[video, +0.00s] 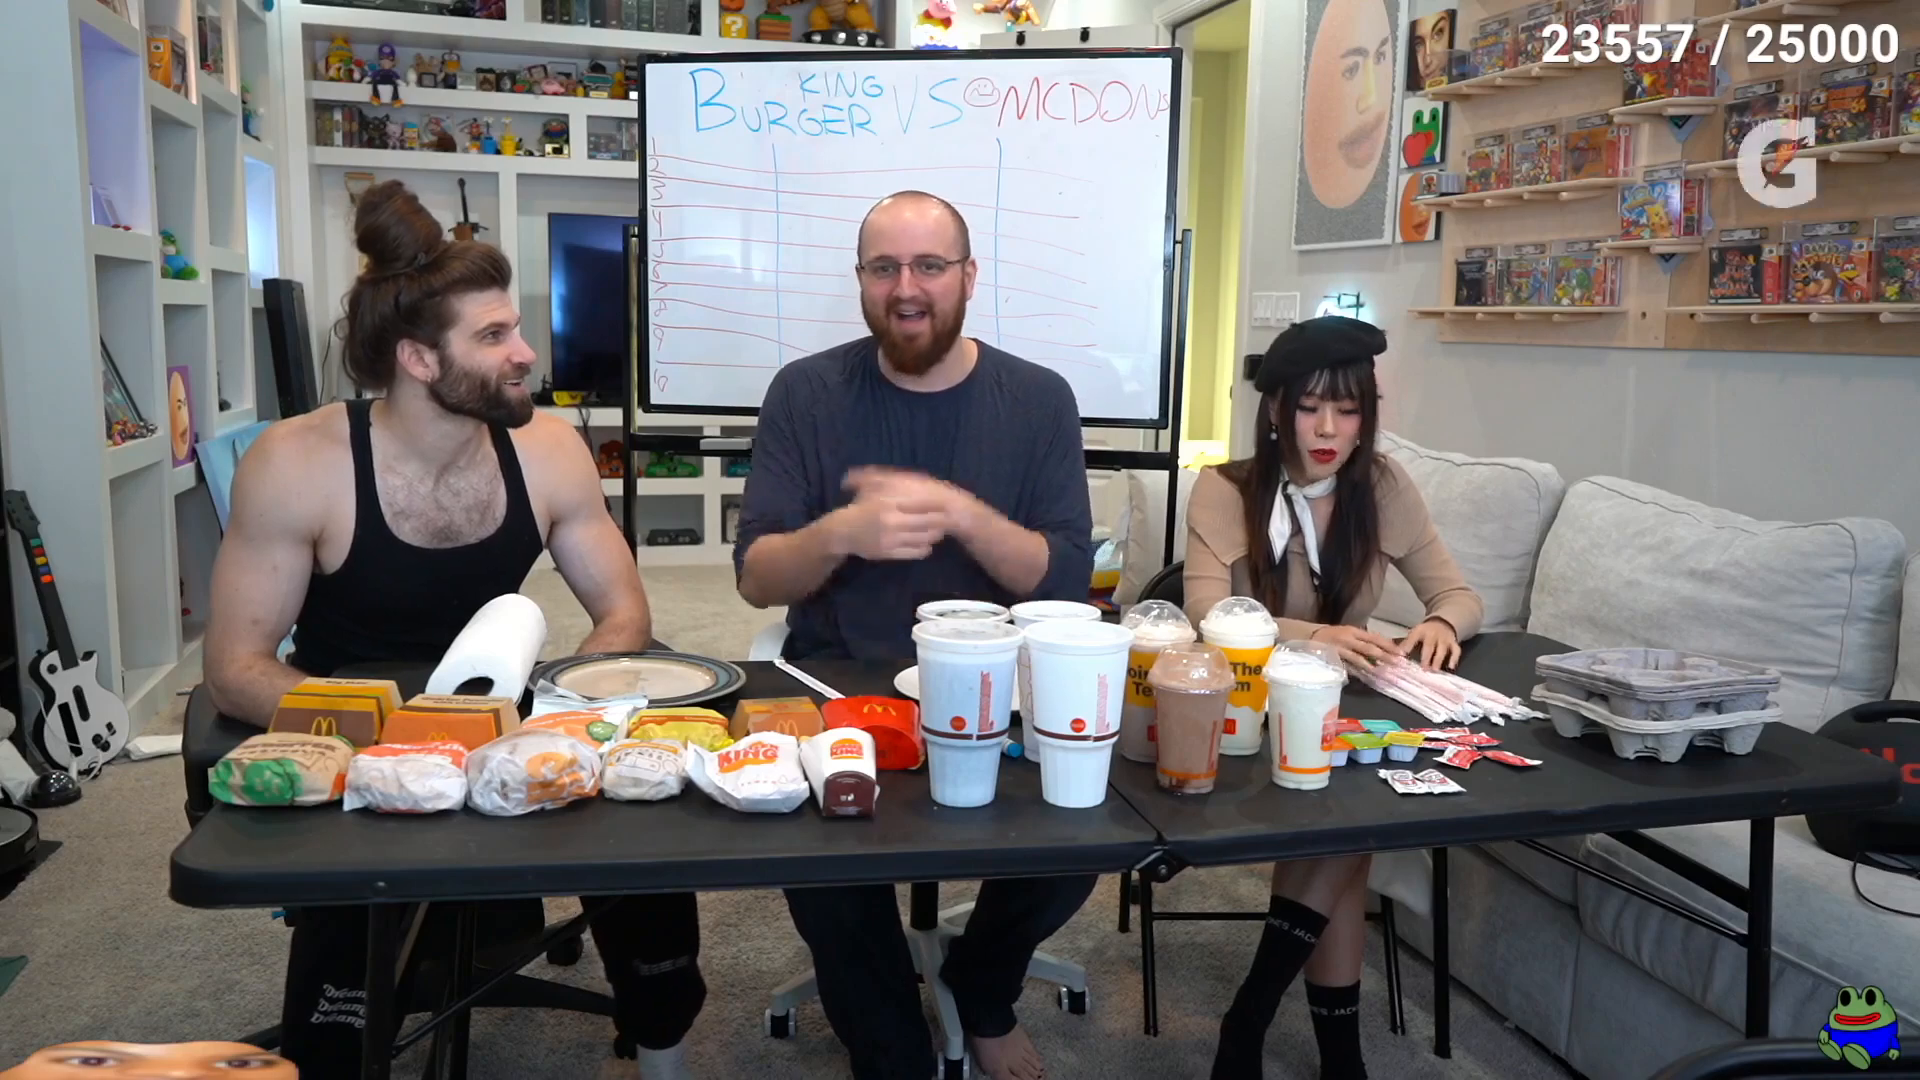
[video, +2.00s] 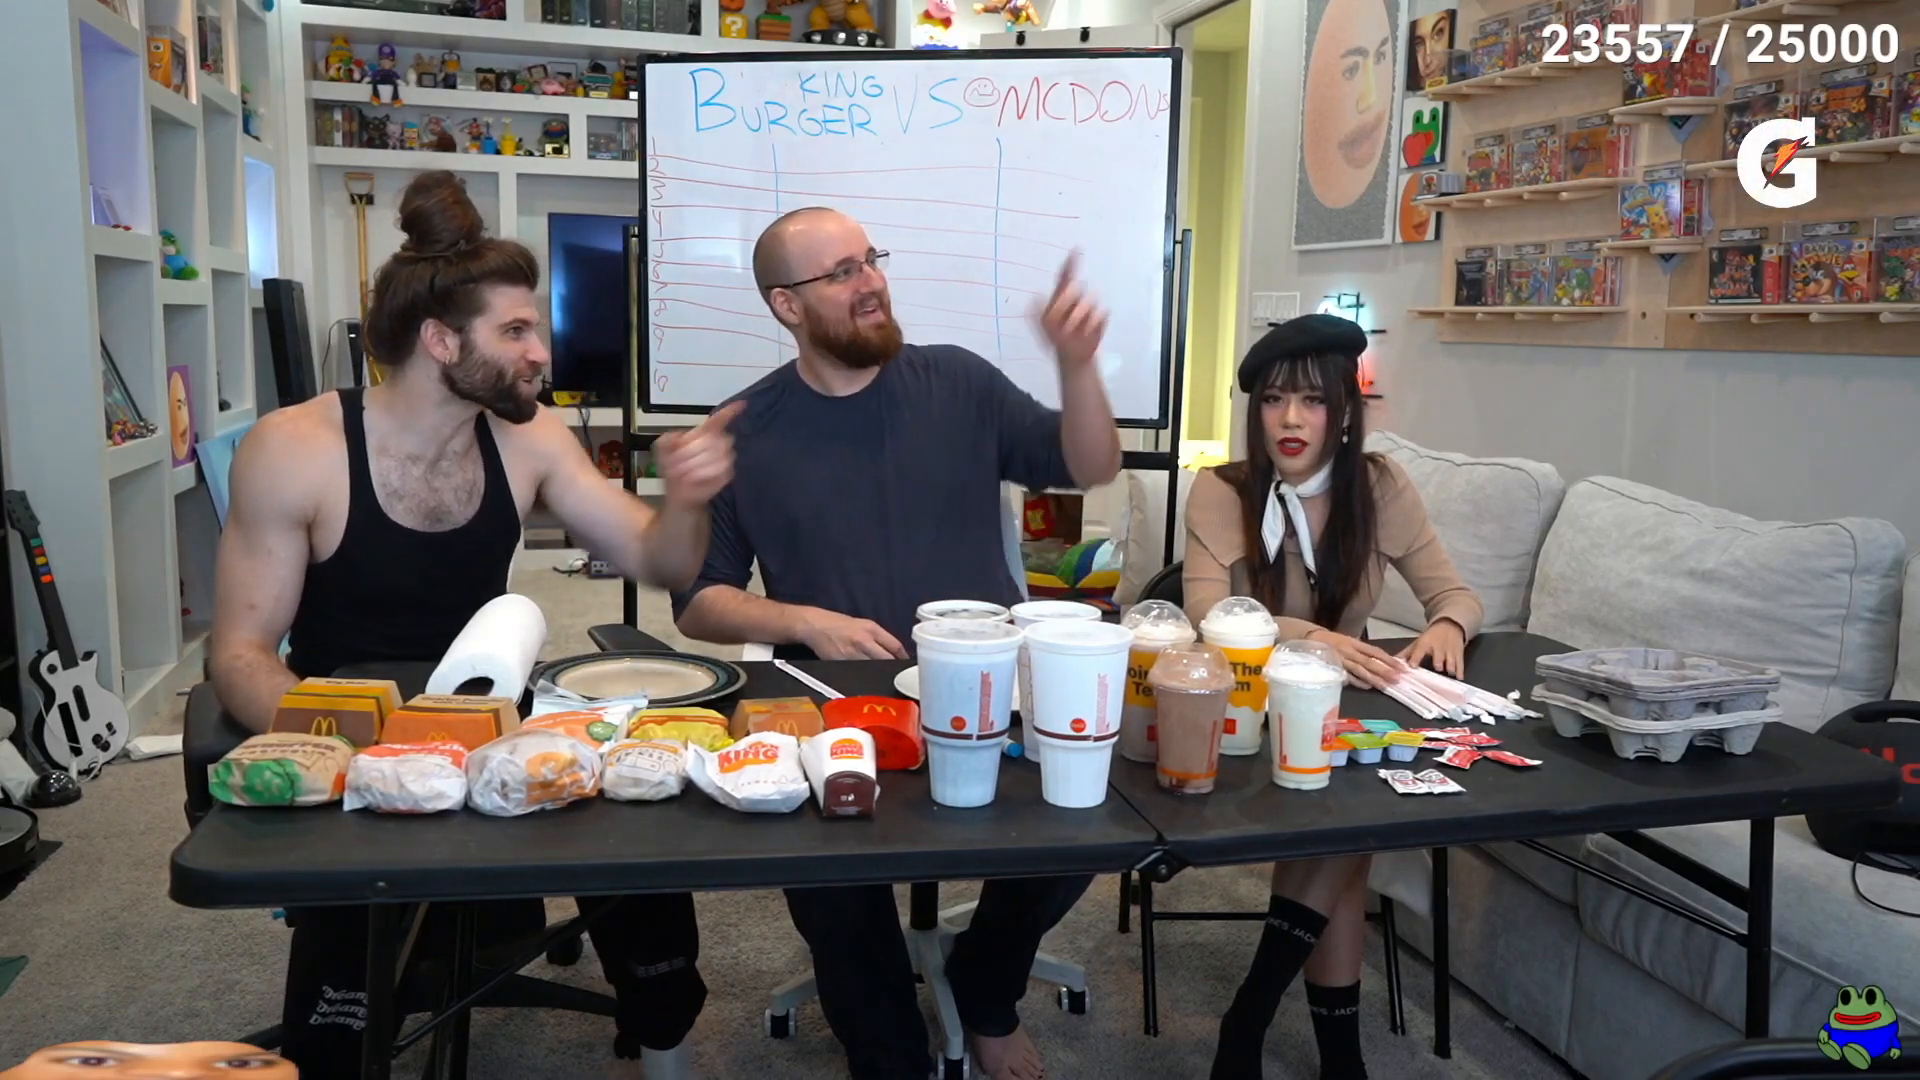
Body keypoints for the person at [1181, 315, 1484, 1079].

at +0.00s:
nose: (1328, 428)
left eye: (1347, 410)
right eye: (1310, 409)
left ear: (1367, 415)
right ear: (1277, 411)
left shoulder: (1384, 486)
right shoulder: (1224, 492)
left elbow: (1459, 594)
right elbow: (1210, 620)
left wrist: (1443, 620)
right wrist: (1314, 635)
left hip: (1340, 707)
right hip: (1243, 711)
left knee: (1343, 816)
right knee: (1350, 830)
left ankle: (1246, 1023)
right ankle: (1343, 1063)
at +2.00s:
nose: (1291, 419)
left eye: (1313, 400)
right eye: (1275, 399)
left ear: (1346, 412)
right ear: (1254, 408)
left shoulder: (1377, 482)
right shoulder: (1220, 492)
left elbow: (1453, 594)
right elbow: (1210, 621)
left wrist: (1449, 625)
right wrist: (1309, 635)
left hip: (1338, 704)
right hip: (1240, 709)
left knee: (1348, 815)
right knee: (1351, 831)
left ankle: (1244, 1025)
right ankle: (1343, 1065)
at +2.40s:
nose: (1293, 417)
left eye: (1315, 399)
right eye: (1277, 398)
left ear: (1347, 411)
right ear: (1255, 406)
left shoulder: (1377, 482)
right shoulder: (1221, 492)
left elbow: (1454, 594)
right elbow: (1210, 623)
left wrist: (1449, 626)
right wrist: (1308, 634)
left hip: (1337, 706)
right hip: (1242, 710)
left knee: (1347, 814)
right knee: (1351, 829)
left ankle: (1246, 1025)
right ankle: (1343, 1064)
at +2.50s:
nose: (1293, 417)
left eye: (1315, 399)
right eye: (1277, 398)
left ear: (1347, 411)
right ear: (1255, 406)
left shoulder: (1377, 482)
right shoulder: (1221, 492)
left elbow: (1454, 594)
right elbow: (1210, 622)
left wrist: (1449, 626)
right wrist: (1308, 634)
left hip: (1337, 706)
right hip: (1241, 710)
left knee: (1347, 814)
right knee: (1351, 829)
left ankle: (1245, 1026)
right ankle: (1343, 1064)